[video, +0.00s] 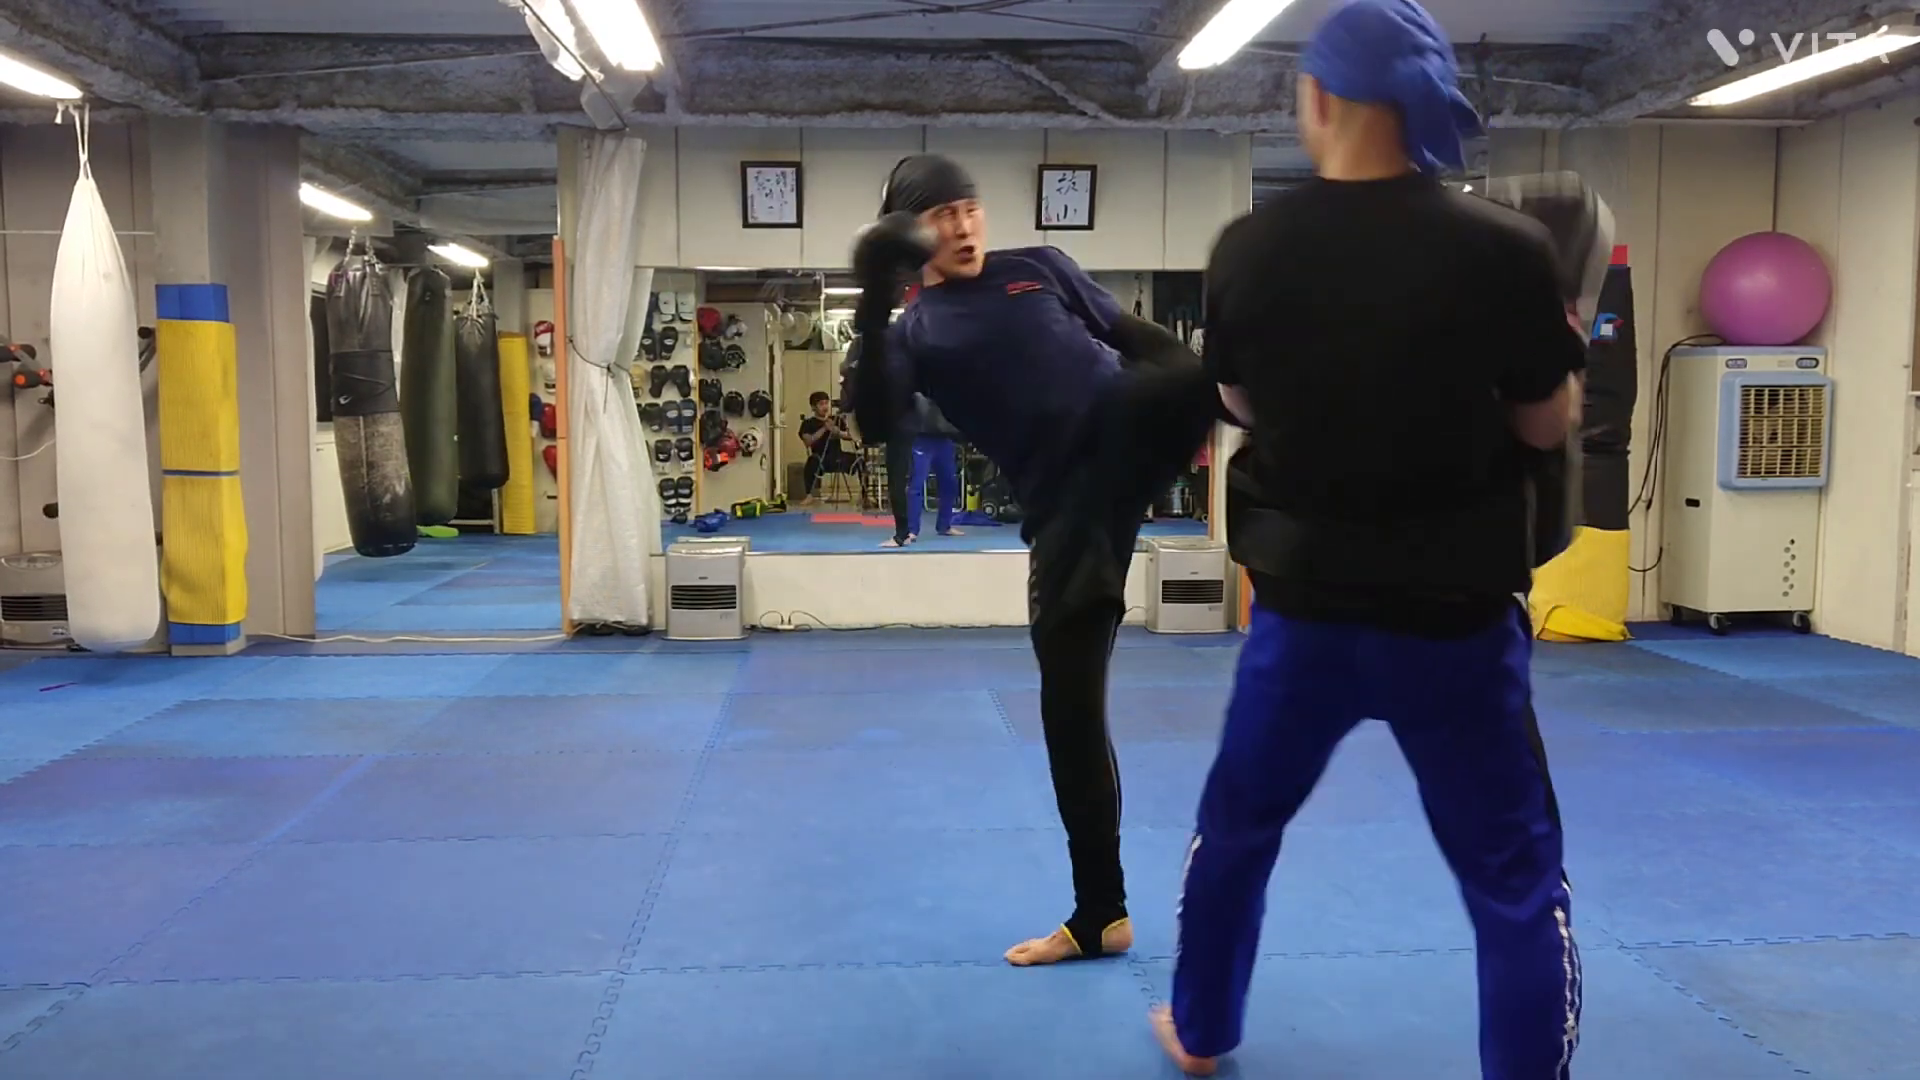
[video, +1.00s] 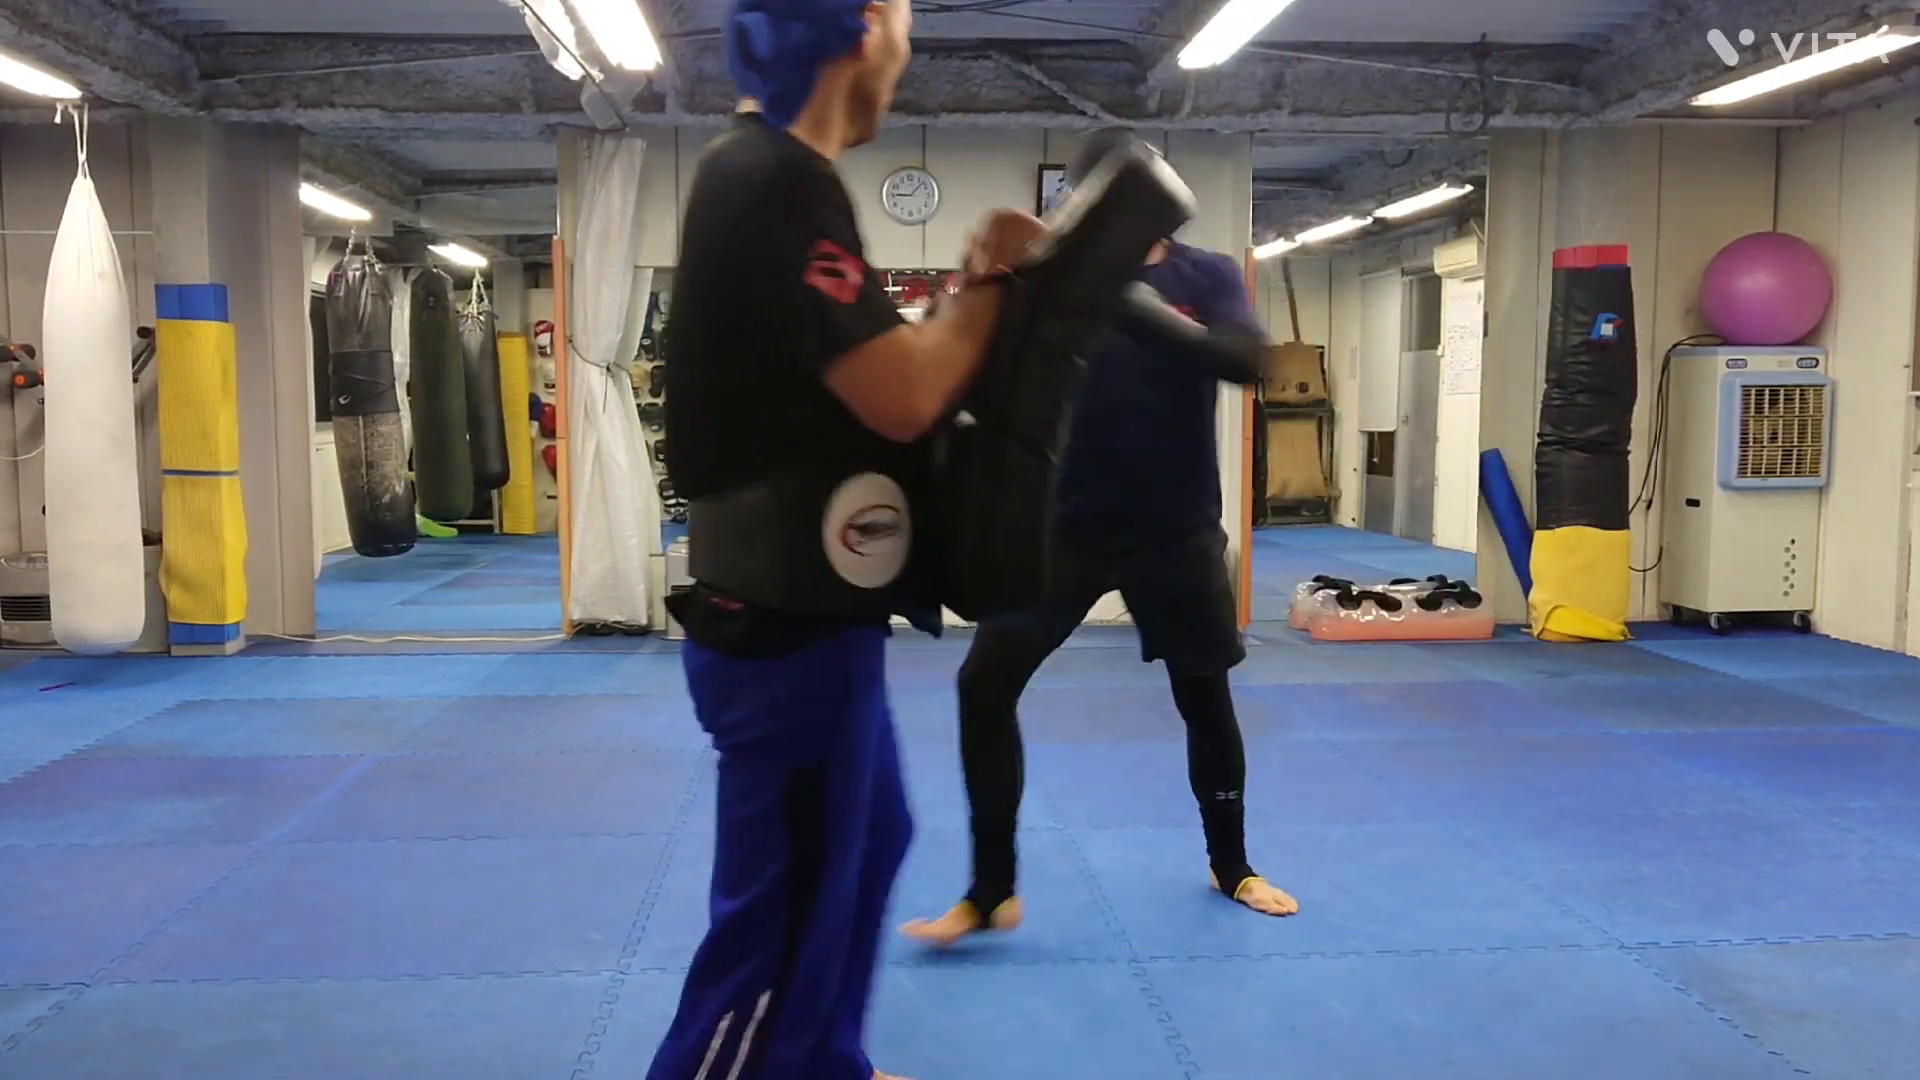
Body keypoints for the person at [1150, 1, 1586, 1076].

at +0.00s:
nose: (1303, 112)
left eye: (1307, 94)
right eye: (1309, 92)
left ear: (1325, 105)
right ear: (1420, 108)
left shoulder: (1253, 245)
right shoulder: (1504, 247)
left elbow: (1242, 402)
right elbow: (1549, 420)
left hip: (1303, 624)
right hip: (1455, 632)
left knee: (1235, 831)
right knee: (1515, 883)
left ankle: (1200, 1034)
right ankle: (1531, 1072)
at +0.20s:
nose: (1168, 116)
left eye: (1171, 101)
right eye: (1184, 101)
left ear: (1186, 113)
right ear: (1290, 109)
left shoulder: (1156, 264)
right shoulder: (1335, 251)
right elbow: (1464, 411)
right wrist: (1448, 290)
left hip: (1229, 640)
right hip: (1361, 646)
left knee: (1196, 835)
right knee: (1489, 885)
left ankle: (1048, 1043)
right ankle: (1527, 1069)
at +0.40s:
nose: (1158, 81)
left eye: (1151, 59)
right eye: (1152, 61)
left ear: (1035, 87)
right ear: (1137, 80)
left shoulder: (1014, 230)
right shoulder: (1104, 229)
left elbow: (1103, 398)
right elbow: (1211, 408)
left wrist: (1252, 327)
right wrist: (1290, 334)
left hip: (1041, 634)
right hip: (1141, 638)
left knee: (1090, 870)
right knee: (1301, 877)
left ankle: (1024, 1070)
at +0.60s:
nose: (1072, 49)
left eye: (1066, 32)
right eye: (1065, 32)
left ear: (955, 59)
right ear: (1041, 48)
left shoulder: (927, 191)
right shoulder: (1009, 191)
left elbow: (1017, 377)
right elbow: (1126, 384)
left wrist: (1150, 307)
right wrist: (1192, 306)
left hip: (946, 607)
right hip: (1011, 618)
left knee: (1011, 904)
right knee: (1063, 923)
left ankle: (1017, 1069)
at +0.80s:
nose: (984, 58)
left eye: (979, 39)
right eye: (978, 38)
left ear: (868, 59)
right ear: (950, 55)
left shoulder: (832, 194)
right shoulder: (897, 205)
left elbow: (902, 406)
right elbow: (1008, 419)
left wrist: (1039, 340)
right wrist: (1087, 338)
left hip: (845, 637)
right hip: (860, 650)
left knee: (972, 853)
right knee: (804, 963)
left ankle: (981, 1072)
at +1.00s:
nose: (903, 41)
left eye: (901, 19)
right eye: (897, 16)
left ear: (802, 41)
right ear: (855, 34)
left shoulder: (782, 179)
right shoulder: (774, 184)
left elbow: (886, 377)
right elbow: (903, 399)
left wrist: (971, 294)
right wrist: (990, 283)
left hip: (812, 615)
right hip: (784, 629)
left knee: (873, 835)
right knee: (780, 920)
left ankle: (820, 1058)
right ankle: (710, 1078)